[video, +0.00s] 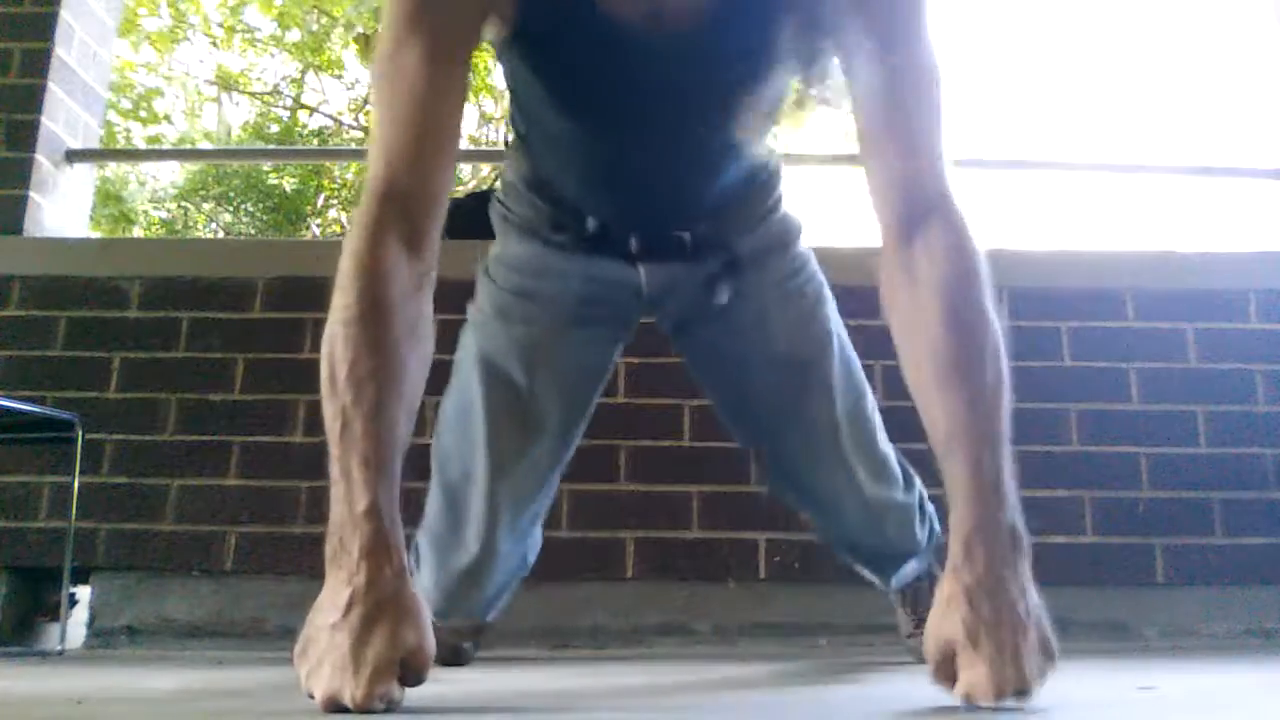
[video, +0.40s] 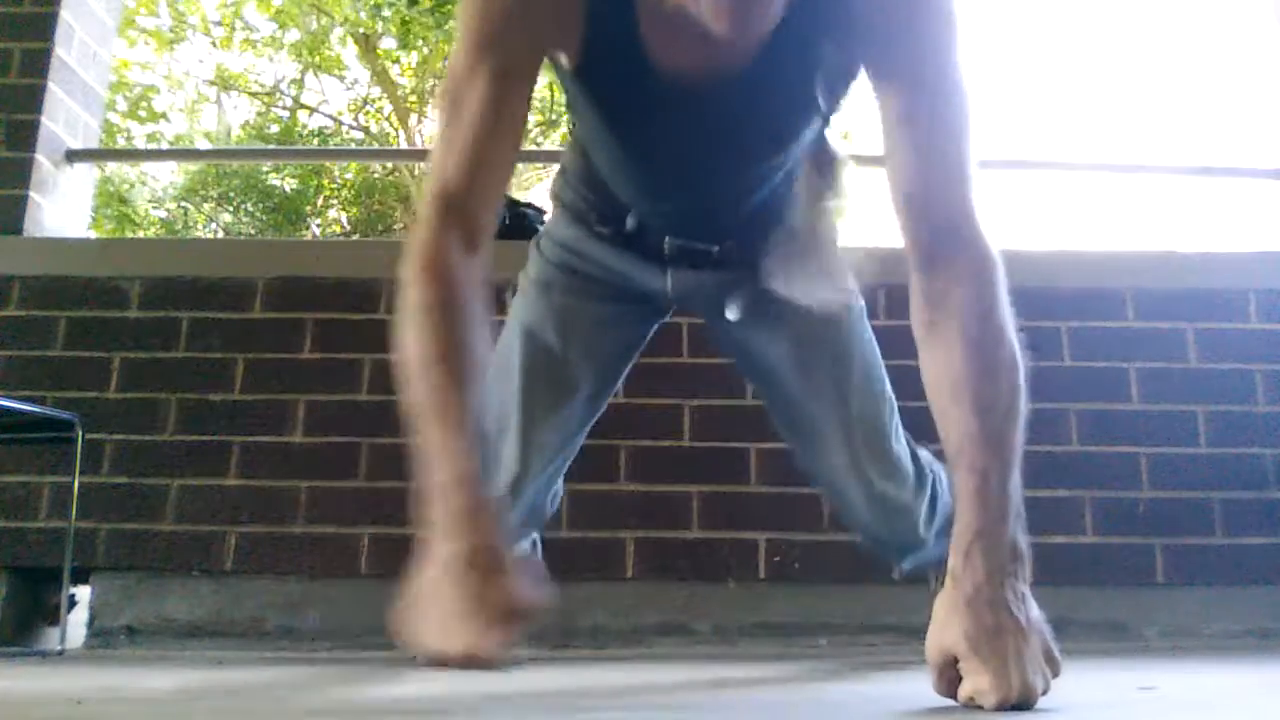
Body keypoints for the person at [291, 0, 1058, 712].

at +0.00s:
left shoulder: (858, 7)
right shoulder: (463, 7)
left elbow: (920, 229)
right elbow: (393, 234)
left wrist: (991, 551)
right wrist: (361, 562)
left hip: (738, 239)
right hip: (551, 243)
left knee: (865, 498)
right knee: (467, 546)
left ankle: (938, 591)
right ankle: (437, 620)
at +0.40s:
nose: (723, 15)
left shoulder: (891, 10)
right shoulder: (535, 2)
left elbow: (950, 258)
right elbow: (448, 241)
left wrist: (990, 568)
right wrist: (456, 535)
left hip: (775, 249)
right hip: (599, 242)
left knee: (886, 504)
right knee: (490, 506)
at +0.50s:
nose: (708, 25)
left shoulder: (895, 11)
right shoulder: (530, 9)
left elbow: (947, 247)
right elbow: (499, 226)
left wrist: (991, 563)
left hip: (785, 248)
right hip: (609, 238)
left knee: (889, 492)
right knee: (504, 490)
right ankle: (487, 570)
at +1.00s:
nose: (769, 15)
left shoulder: (945, 9)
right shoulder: (593, 11)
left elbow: (964, 237)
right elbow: (601, 274)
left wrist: (934, 511)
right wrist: (652, 564)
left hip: (832, 281)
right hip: (658, 272)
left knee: (939, 536)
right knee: (536, 539)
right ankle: (513, 571)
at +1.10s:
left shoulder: (934, 10)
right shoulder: (585, 9)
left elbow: (922, 234)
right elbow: (599, 276)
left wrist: (848, 514)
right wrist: (650, 565)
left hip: (819, 273)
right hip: (653, 272)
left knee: (910, 489)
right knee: (565, 562)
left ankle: (965, 565)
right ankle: (526, 561)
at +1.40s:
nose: (659, 22)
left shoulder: (828, 20)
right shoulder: (517, 23)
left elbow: (852, 294)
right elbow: (542, 312)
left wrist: (789, 573)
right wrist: (637, 567)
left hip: (787, 317)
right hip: (619, 313)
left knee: (897, 541)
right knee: (541, 547)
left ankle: (992, 537)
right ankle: (527, 594)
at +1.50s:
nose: (614, 17)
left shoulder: (783, 19)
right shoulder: (478, 30)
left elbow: (822, 282)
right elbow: (506, 304)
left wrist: (781, 570)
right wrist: (604, 565)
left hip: (771, 324)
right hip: (611, 316)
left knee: (876, 533)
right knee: (532, 539)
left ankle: (992, 537)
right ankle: (530, 586)